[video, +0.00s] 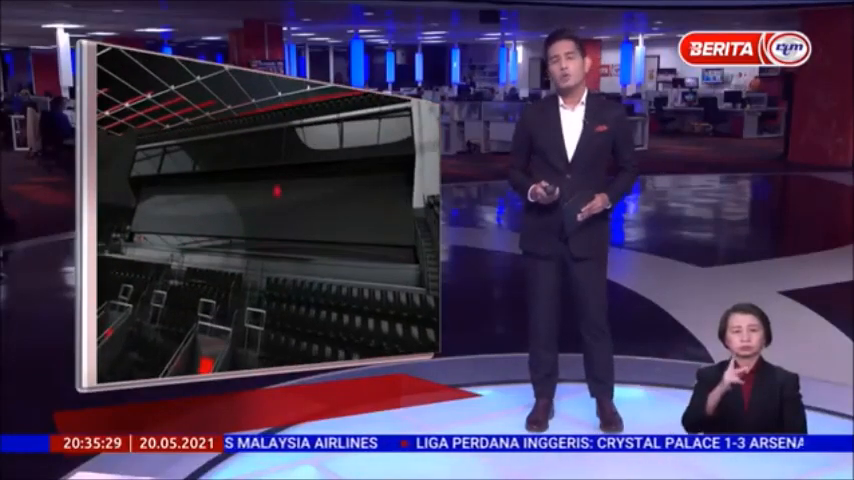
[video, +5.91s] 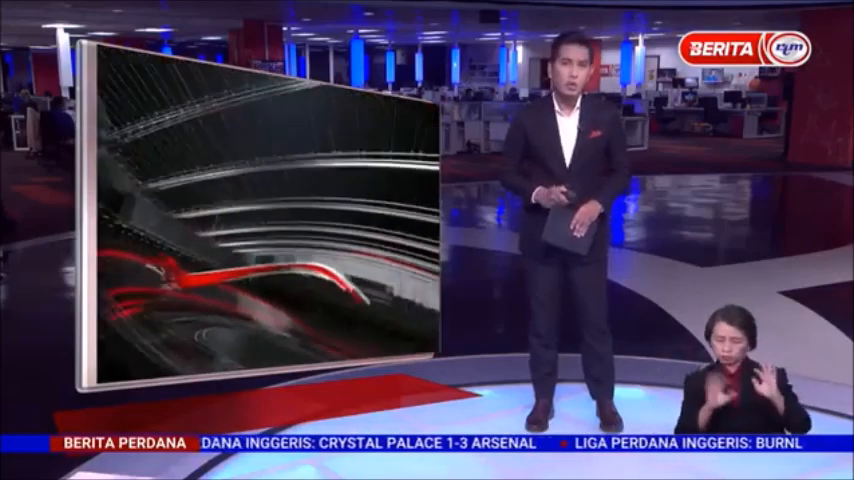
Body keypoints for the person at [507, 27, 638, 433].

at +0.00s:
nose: (562, 66)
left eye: (569, 57)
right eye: (554, 60)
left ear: (585, 63)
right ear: (547, 69)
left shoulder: (610, 110)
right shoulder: (533, 113)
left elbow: (629, 167)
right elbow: (516, 168)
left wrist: (608, 197)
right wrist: (530, 188)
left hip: (588, 231)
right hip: (542, 231)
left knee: (594, 318)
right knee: (542, 318)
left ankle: (604, 400)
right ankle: (542, 398)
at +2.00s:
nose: (559, 74)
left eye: (567, 65)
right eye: (551, 67)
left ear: (582, 69)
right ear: (544, 74)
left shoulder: (607, 112)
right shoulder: (529, 116)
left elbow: (623, 173)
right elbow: (511, 172)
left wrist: (595, 201)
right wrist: (535, 186)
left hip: (589, 230)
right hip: (541, 230)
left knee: (592, 320)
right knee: (543, 321)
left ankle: (605, 401)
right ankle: (542, 401)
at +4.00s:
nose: (559, 73)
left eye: (568, 65)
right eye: (553, 65)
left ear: (584, 70)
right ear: (545, 73)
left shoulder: (607, 112)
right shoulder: (531, 115)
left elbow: (627, 171)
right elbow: (514, 171)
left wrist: (601, 201)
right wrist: (532, 184)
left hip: (590, 232)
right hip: (542, 233)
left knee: (593, 321)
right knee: (543, 321)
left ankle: (605, 401)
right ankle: (542, 400)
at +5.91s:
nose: (573, 72)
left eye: (581, 64)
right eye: (565, 63)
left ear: (590, 71)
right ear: (550, 68)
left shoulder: (605, 114)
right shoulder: (529, 115)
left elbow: (620, 172)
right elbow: (507, 170)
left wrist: (598, 202)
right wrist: (538, 192)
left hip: (589, 230)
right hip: (541, 229)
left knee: (594, 320)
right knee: (543, 320)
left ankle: (604, 400)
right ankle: (542, 400)